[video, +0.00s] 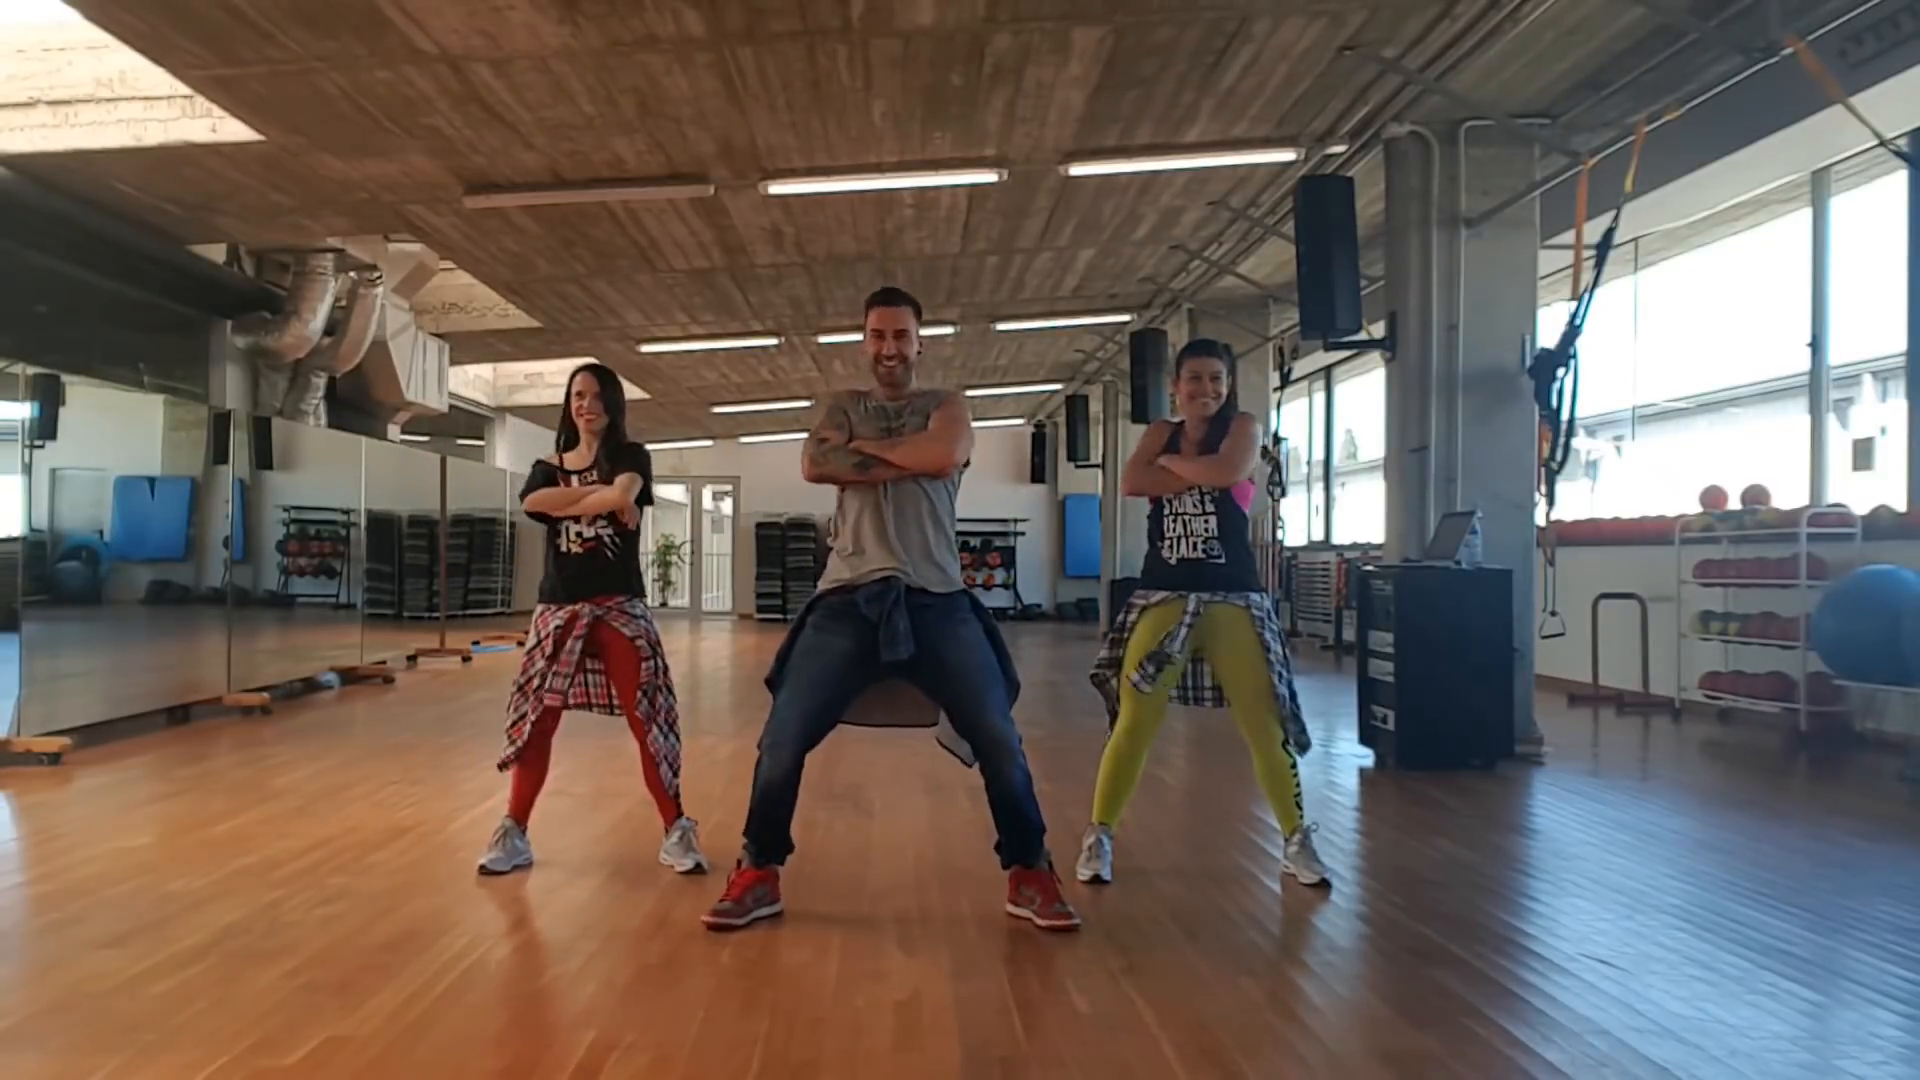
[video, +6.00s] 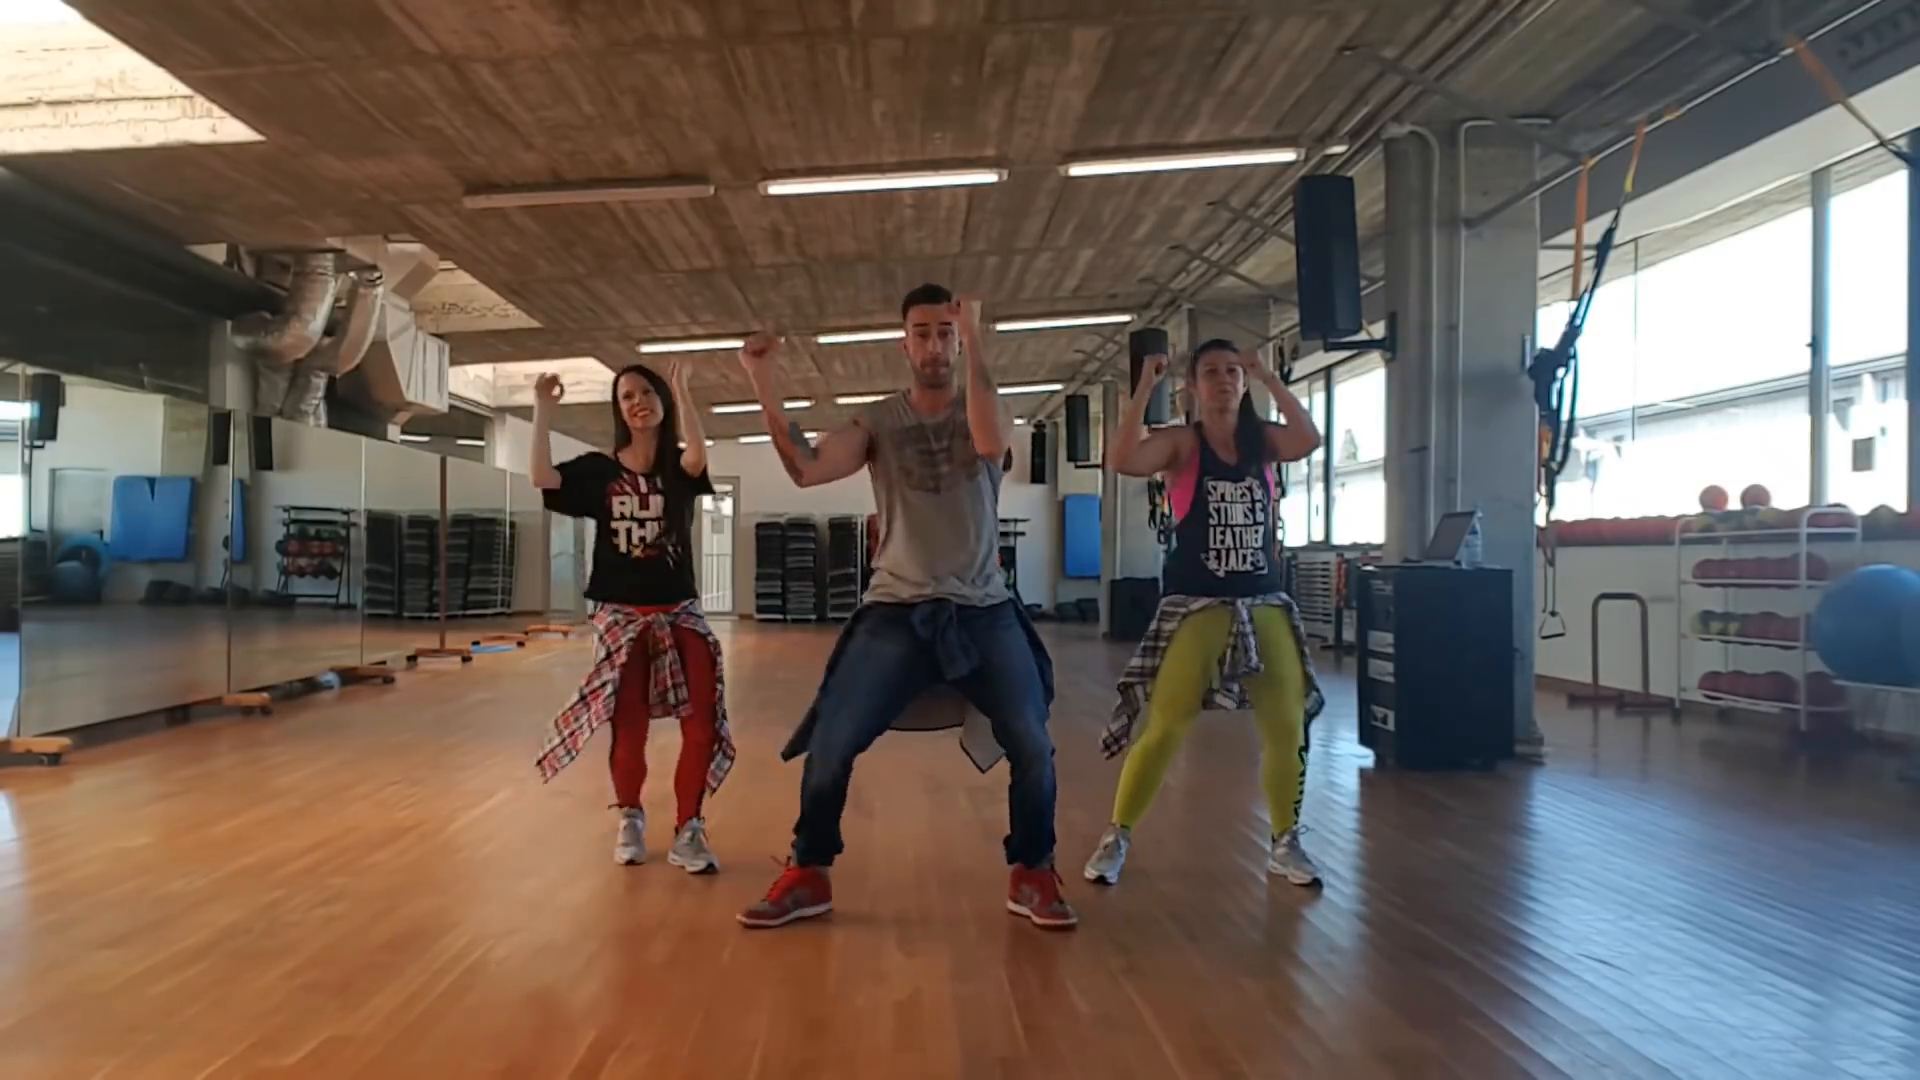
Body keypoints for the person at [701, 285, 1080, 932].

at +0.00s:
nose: (890, 347)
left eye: (901, 337)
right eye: (879, 337)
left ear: (918, 342)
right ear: (864, 342)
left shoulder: (945, 404)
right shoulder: (840, 408)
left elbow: (944, 453)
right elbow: (814, 467)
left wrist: (855, 446)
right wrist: (909, 462)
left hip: (935, 596)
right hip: (846, 596)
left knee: (996, 733)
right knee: (780, 741)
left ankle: (1029, 873)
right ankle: (758, 873)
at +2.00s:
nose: (908, 326)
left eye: (919, 315)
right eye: (897, 316)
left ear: (937, 324)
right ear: (881, 326)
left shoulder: (961, 397)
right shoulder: (858, 390)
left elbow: (983, 456)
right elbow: (848, 458)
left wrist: (892, 443)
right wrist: (943, 459)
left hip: (958, 590)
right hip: (868, 589)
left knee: (1012, 729)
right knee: (802, 727)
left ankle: (1035, 873)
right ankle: (771, 873)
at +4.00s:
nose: (924, 319)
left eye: (935, 310)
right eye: (913, 310)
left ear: (951, 323)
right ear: (894, 322)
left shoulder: (975, 398)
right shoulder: (871, 385)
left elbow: (1004, 463)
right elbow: (870, 462)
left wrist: (910, 443)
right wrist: (966, 466)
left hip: (970, 591)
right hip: (882, 592)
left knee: (1021, 728)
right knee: (822, 727)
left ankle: (1036, 873)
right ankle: (784, 875)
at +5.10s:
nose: (914, 315)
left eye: (924, 307)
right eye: (902, 307)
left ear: (942, 326)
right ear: (883, 327)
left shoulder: (969, 399)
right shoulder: (854, 396)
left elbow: (1007, 470)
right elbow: (829, 479)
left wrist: (924, 478)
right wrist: (906, 531)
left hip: (957, 597)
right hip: (868, 598)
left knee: (1008, 731)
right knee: (809, 733)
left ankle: (1025, 873)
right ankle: (775, 872)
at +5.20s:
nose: (914, 316)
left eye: (925, 307)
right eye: (903, 307)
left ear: (942, 325)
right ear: (883, 326)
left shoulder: (970, 398)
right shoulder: (855, 397)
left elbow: (1028, 461)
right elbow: (816, 470)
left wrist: (975, 448)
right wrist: (859, 480)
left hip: (955, 592)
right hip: (866, 591)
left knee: (1006, 730)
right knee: (810, 726)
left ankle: (1025, 873)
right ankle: (775, 871)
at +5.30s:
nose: (912, 314)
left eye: (923, 305)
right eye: (901, 305)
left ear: (940, 320)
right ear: (882, 321)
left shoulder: (964, 393)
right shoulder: (858, 391)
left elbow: (1012, 458)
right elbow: (819, 457)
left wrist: (994, 379)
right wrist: (842, 380)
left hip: (952, 588)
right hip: (864, 585)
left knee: (1005, 729)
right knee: (809, 723)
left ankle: (1025, 873)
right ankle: (773, 871)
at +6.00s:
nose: (934, 345)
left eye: (945, 333)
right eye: (922, 333)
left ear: (961, 342)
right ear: (904, 342)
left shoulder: (985, 410)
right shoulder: (878, 421)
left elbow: (990, 446)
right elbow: (805, 468)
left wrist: (972, 349)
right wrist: (764, 383)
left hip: (984, 606)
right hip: (897, 606)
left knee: (1031, 740)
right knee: (829, 743)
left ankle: (1033, 874)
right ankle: (809, 874)